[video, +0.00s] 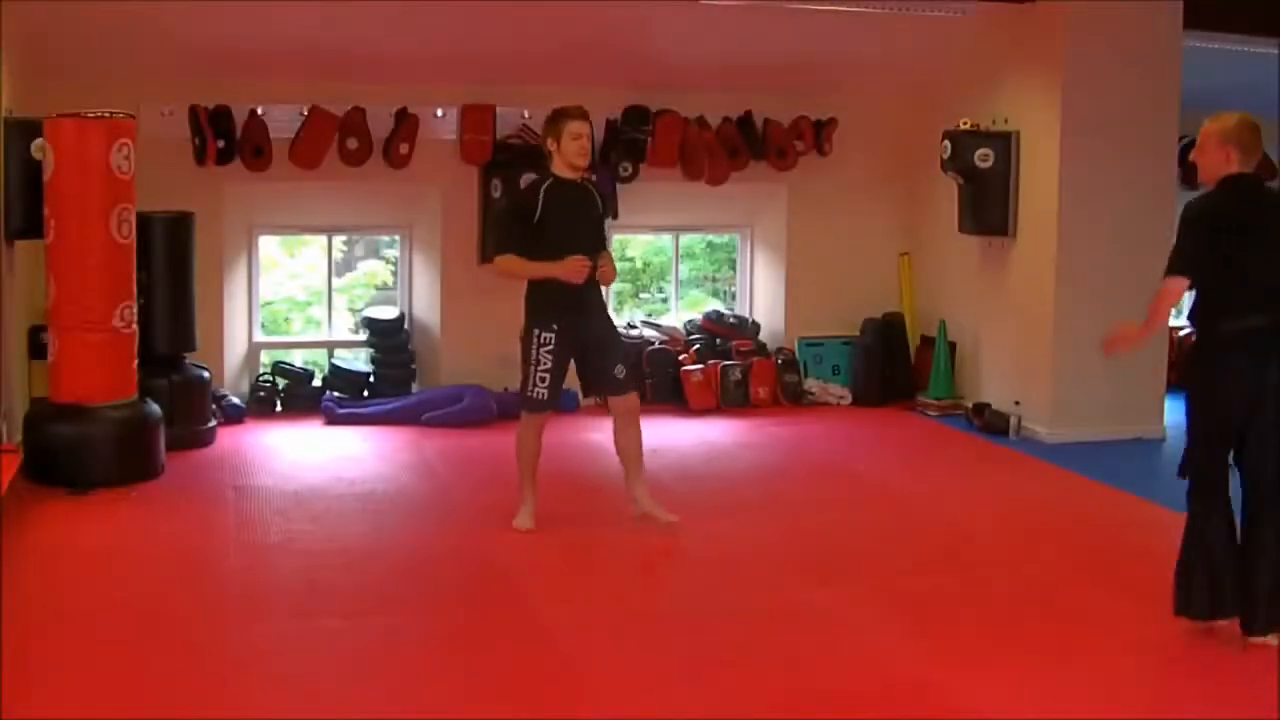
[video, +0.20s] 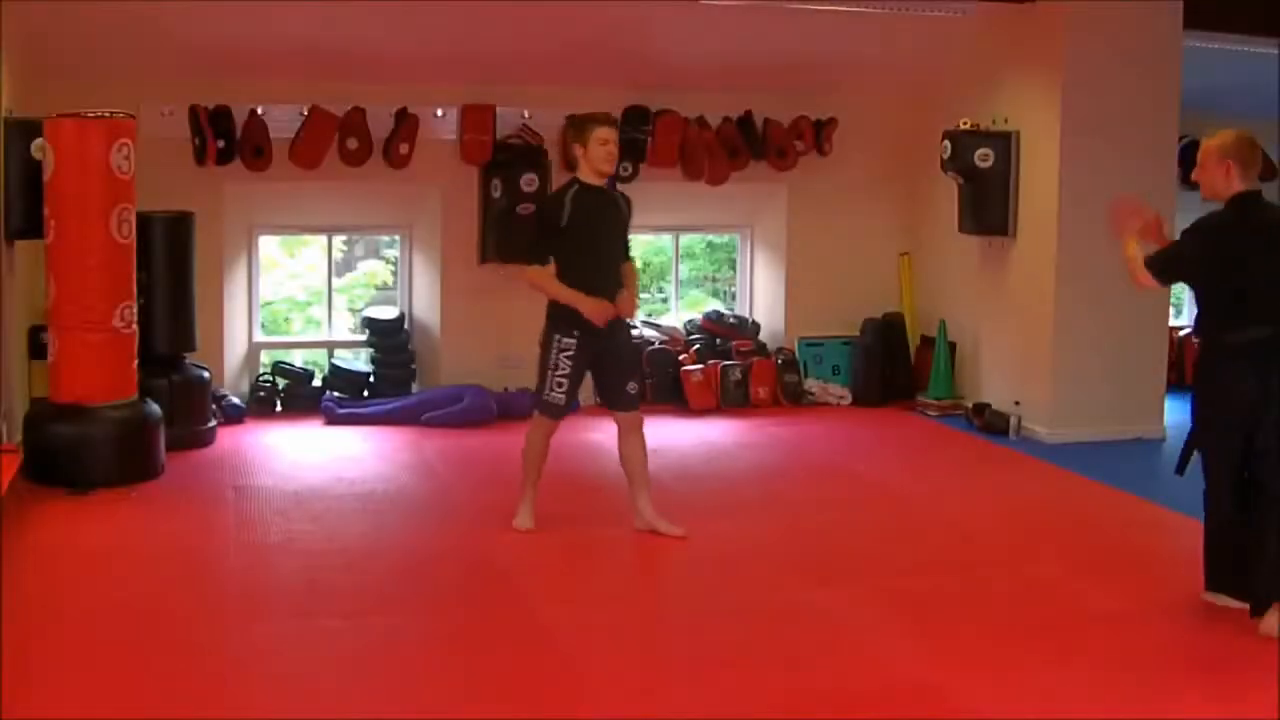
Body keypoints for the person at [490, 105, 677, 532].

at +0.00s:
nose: (585, 146)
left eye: (588, 139)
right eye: (576, 138)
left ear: (590, 144)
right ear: (552, 143)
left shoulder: (592, 194)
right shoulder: (529, 193)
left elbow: (599, 250)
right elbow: (503, 260)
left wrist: (606, 267)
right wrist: (557, 269)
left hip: (592, 311)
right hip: (548, 315)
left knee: (626, 401)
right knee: (536, 410)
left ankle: (639, 496)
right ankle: (527, 501)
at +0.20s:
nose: (612, 152)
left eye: (615, 145)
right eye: (603, 144)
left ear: (617, 151)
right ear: (578, 150)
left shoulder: (619, 203)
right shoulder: (557, 202)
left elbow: (624, 257)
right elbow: (536, 274)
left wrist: (629, 290)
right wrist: (583, 302)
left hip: (613, 321)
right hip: (568, 322)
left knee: (630, 417)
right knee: (548, 415)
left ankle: (644, 510)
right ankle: (526, 503)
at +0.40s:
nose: (649, 150)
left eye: (651, 143)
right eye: (641, 142)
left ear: (649, 149)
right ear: (615, 147)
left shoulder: (649, 200)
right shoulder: (591, 197)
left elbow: (658, 262)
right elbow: (561, 267)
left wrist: (676, 314)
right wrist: (595, 315)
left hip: (638, 321)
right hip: (596, 321)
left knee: (643, 419)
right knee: (580, 421)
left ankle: (644, 510)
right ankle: (537, 489)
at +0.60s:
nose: (671, 149)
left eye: (671, 142)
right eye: (662, 142)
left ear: (662, 148)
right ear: (635, 147)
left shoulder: (664, 199)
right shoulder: (609, 195)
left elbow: (667, 263)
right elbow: (573, 261)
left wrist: (684, 317)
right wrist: (577, 331)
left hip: (648, 321)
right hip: (611, 321)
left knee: (647, 421)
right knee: (612, 423)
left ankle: (646, 513)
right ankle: (578, 519)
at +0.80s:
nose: (679, 153)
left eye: (679, 146)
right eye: (671, 146)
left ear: (660, 152)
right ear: (644, 150)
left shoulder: (663, 202)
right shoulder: (621, 199)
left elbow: (649, 268)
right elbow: (581, 262)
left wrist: (659, 325)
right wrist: (580, 334)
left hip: (652, 324)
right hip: (621, 326)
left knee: (653, 423)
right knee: (628, 430)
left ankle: (646, 514)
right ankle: (615, 541)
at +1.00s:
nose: (695, 162)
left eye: (696, 153)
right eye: (688, 152)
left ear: (665, 155)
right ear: (659, 152)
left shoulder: (657, 203)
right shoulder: (632, 201)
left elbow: (637, 274)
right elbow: (595, 272)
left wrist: (648, 332)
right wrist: (595, 344)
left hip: (642, 332)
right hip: (621, 336)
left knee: (655, 427)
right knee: (627, 436)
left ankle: (633, 518)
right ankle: (615, 544)